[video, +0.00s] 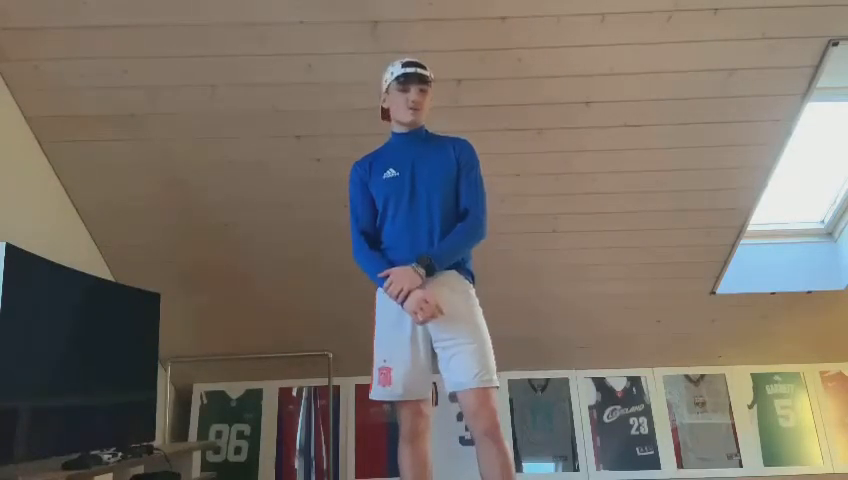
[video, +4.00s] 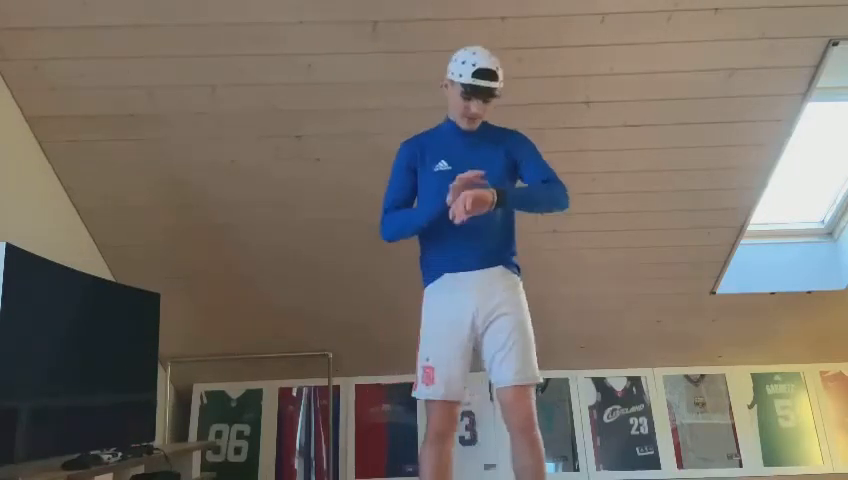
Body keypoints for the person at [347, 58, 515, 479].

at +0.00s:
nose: (414, 97)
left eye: (421, 90)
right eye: (403, 89)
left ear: (430, 99)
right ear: (386, 101)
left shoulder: (458, 150)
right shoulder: (366, 169)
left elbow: (475, 224)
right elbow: (362, 246)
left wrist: (421, 268)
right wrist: (404, 291)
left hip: (452, 289)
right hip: (395, 297)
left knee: (484, 416)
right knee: (413, 419)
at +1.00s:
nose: (403, 95)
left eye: (411, 86)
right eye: (393, 88)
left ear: (424, 95)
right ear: (380, 103)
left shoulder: (459, 150)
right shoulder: (365, 167)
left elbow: (497, 223)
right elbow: (341, 248)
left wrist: (541, 284)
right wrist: (309, 321)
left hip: (452, 294)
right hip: (394, 301)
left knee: (484, 419)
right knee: (411, 423)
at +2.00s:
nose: (409, 93)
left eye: (416, 86)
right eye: (398, 86)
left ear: (424, 95)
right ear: (378, 100)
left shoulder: (454, 149)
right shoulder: (361, 169)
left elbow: (484, 221)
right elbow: (349, 248)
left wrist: (507, 282)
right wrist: (338, 317)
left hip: (450, 295)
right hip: (393, 301)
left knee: (482, 418)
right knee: (410, 422)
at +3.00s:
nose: (404, 97)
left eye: (412, 89)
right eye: (394, 90)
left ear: (425, 98)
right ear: (381, 103)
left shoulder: (457, 150)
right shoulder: (363, 168)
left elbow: (484, 226)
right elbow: (353, 246)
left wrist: (442, 259)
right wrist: (388, 269)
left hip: (450, 294)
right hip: (393, 300)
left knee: (483, 417)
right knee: (411, 421)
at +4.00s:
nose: (475, 106)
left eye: (485, 97)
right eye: (467, 94)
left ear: (495, 96)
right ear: (448, 87)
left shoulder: (511, 143)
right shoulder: (416, 150)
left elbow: (557, 196)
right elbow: (390, 228)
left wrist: (497, 195)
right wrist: (444, 199)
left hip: (502, 289)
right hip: (444, 293)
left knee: (521, 410)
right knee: (441, 420)